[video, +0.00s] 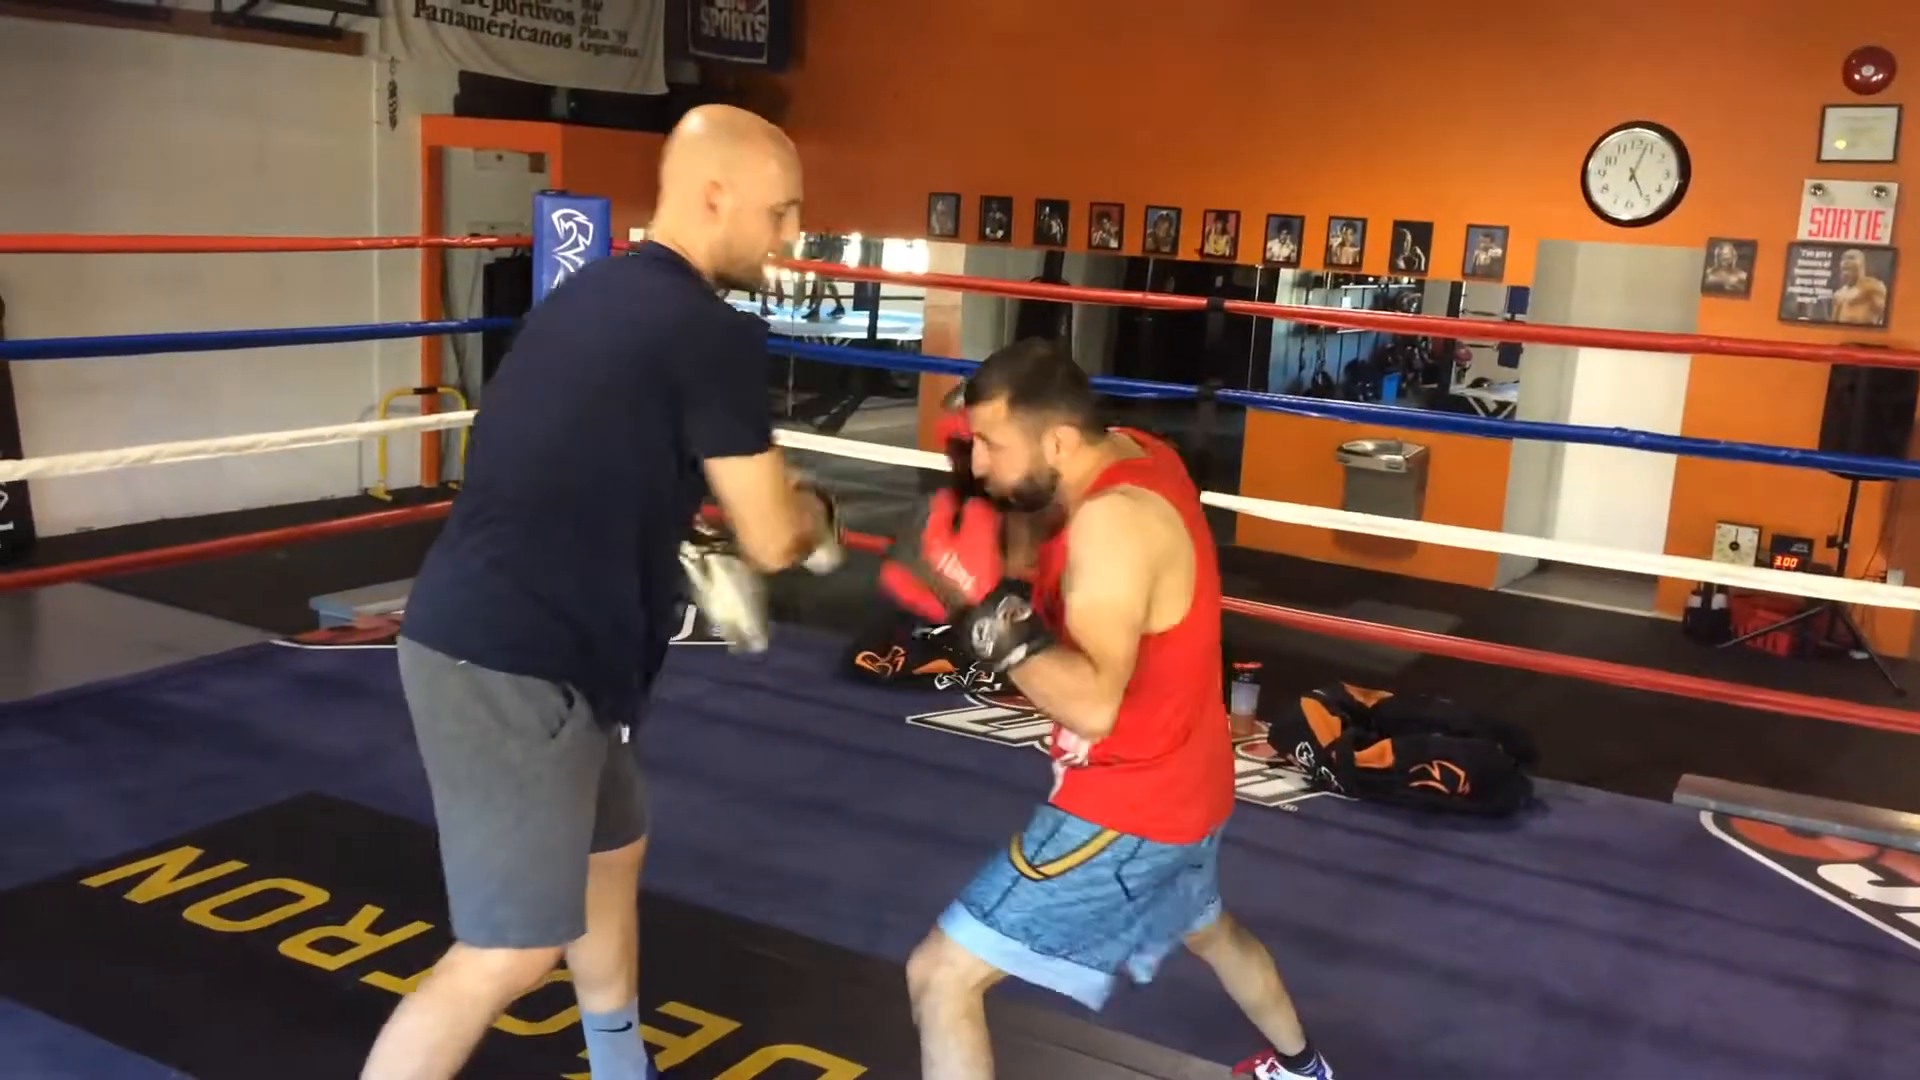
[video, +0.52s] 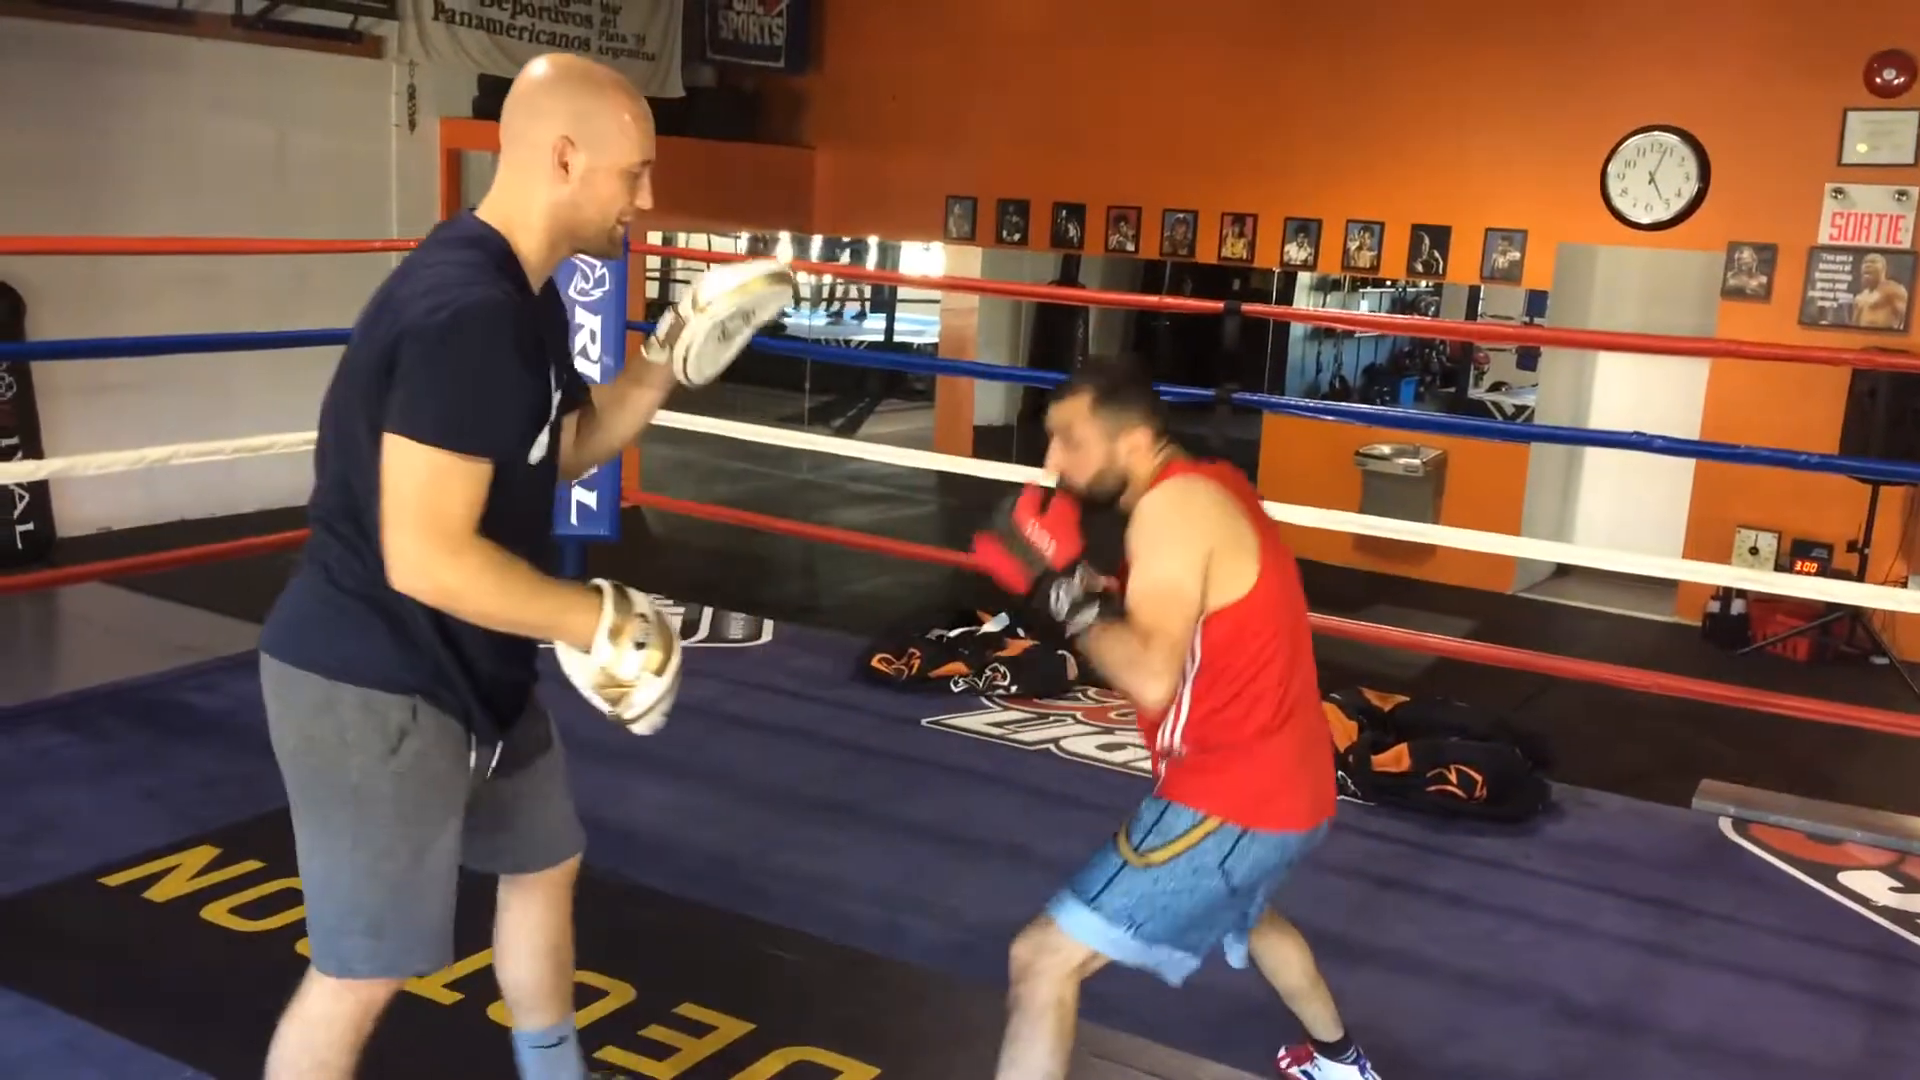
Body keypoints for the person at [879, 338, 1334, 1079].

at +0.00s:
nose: (979, 464)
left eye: (991, 446)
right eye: (975, 445)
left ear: (1058, 440)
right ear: (1062, 432)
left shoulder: (1112, 526)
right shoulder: (1128, 451)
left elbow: (1092, 702)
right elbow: (1039, 546)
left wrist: (990, 611)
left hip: (1128, 807)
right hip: (1181, 787)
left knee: (941, 975)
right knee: (1214, 934)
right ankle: (1300, 1063)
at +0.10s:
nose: (979, 465)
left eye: (988, 447)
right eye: (972, 447)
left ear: (1052, 439)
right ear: (1059, 430)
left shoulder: (1111, 523)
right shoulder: (1122, 459)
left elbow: (1073, 699)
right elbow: (1034, 560)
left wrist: (988, 590)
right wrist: (975, 523)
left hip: (1137, 808)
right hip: (1188, 788)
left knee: (957, 976)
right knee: (1212, 931)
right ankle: (1303, 1063)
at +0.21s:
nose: (961, 483)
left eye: (967, 463)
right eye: (955, 465)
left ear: (1028, 458)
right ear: (1032, 452)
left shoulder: (1089, 530)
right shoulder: (1118, 474)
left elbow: (1053, 718)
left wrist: (976, 620)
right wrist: (987, 583)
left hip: (1171, 808)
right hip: (1231, 785)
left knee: (985, 976)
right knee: (1218, 916)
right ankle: (1314, 1059)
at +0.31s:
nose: (960, 513)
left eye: (976, 496)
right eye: (960, 493)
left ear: (1040, 495)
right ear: (1048, 489)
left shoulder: (1091, 563)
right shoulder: (1134, 510)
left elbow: (1058, 740)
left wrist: (976, 637)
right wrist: (1000, 605)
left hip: (1201, 837)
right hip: (1266, 813)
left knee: (996, 977)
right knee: (1248, 921)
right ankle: (1333, 1056)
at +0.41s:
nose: (1006, 508)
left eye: (1022, 488)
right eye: (1007, 487)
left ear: (1089, 487)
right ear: (1092, 486)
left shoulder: (1134, 552)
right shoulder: (1176, 519)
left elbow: (1111, 725)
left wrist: (1027, 644)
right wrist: (1034, 617)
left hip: (1214, 838)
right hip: (1280, 819)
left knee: (1012, 975)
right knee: (1245, 920)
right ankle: (1336, 1058)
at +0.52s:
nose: (1054, 462)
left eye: (1068, 441)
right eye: (1053, 441)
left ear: (1132, 437)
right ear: (1140, 437)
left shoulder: (1173, 507)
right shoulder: (1213, 486)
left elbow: (1152, 677)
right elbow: (1189, 627)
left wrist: (1062, 599)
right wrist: (1084, 582)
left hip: (1230, 802)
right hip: (1289, 790)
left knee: (1043, 959)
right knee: (1249, 915)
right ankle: (1339, 1057)